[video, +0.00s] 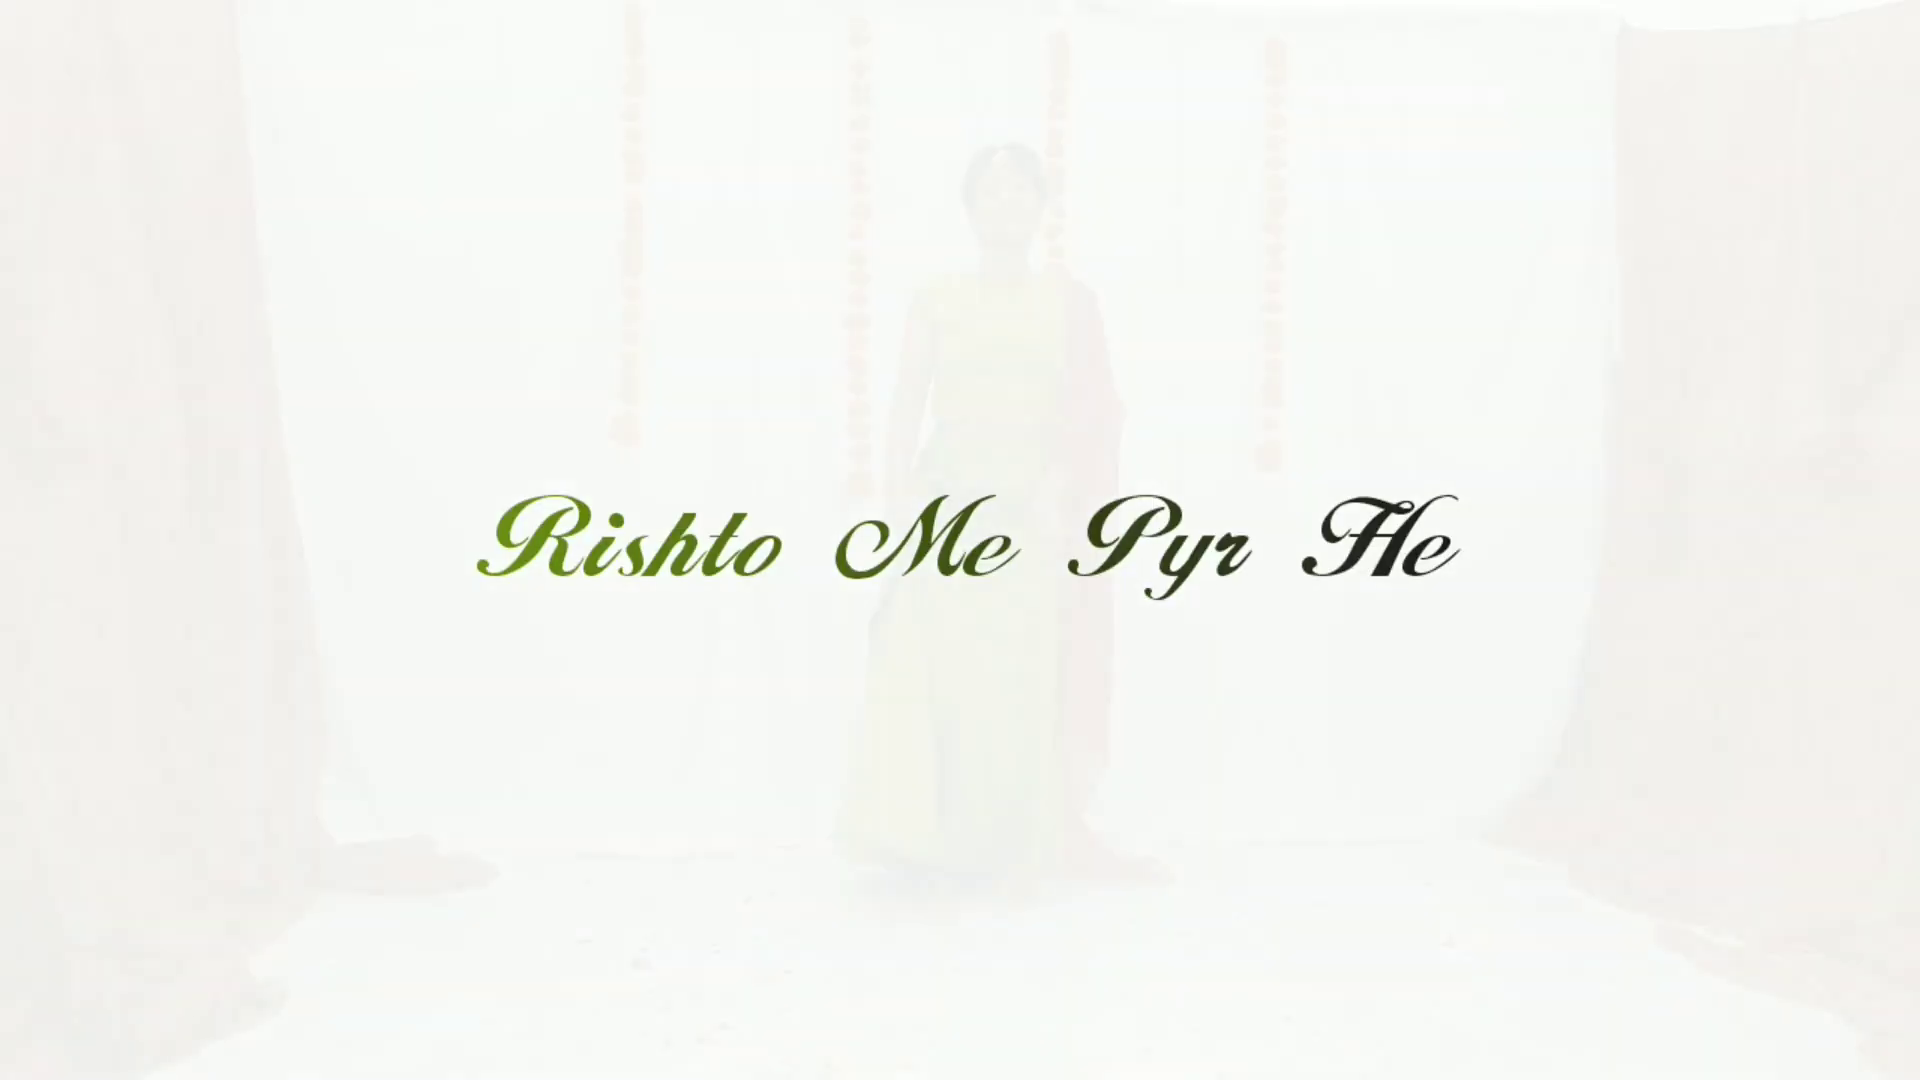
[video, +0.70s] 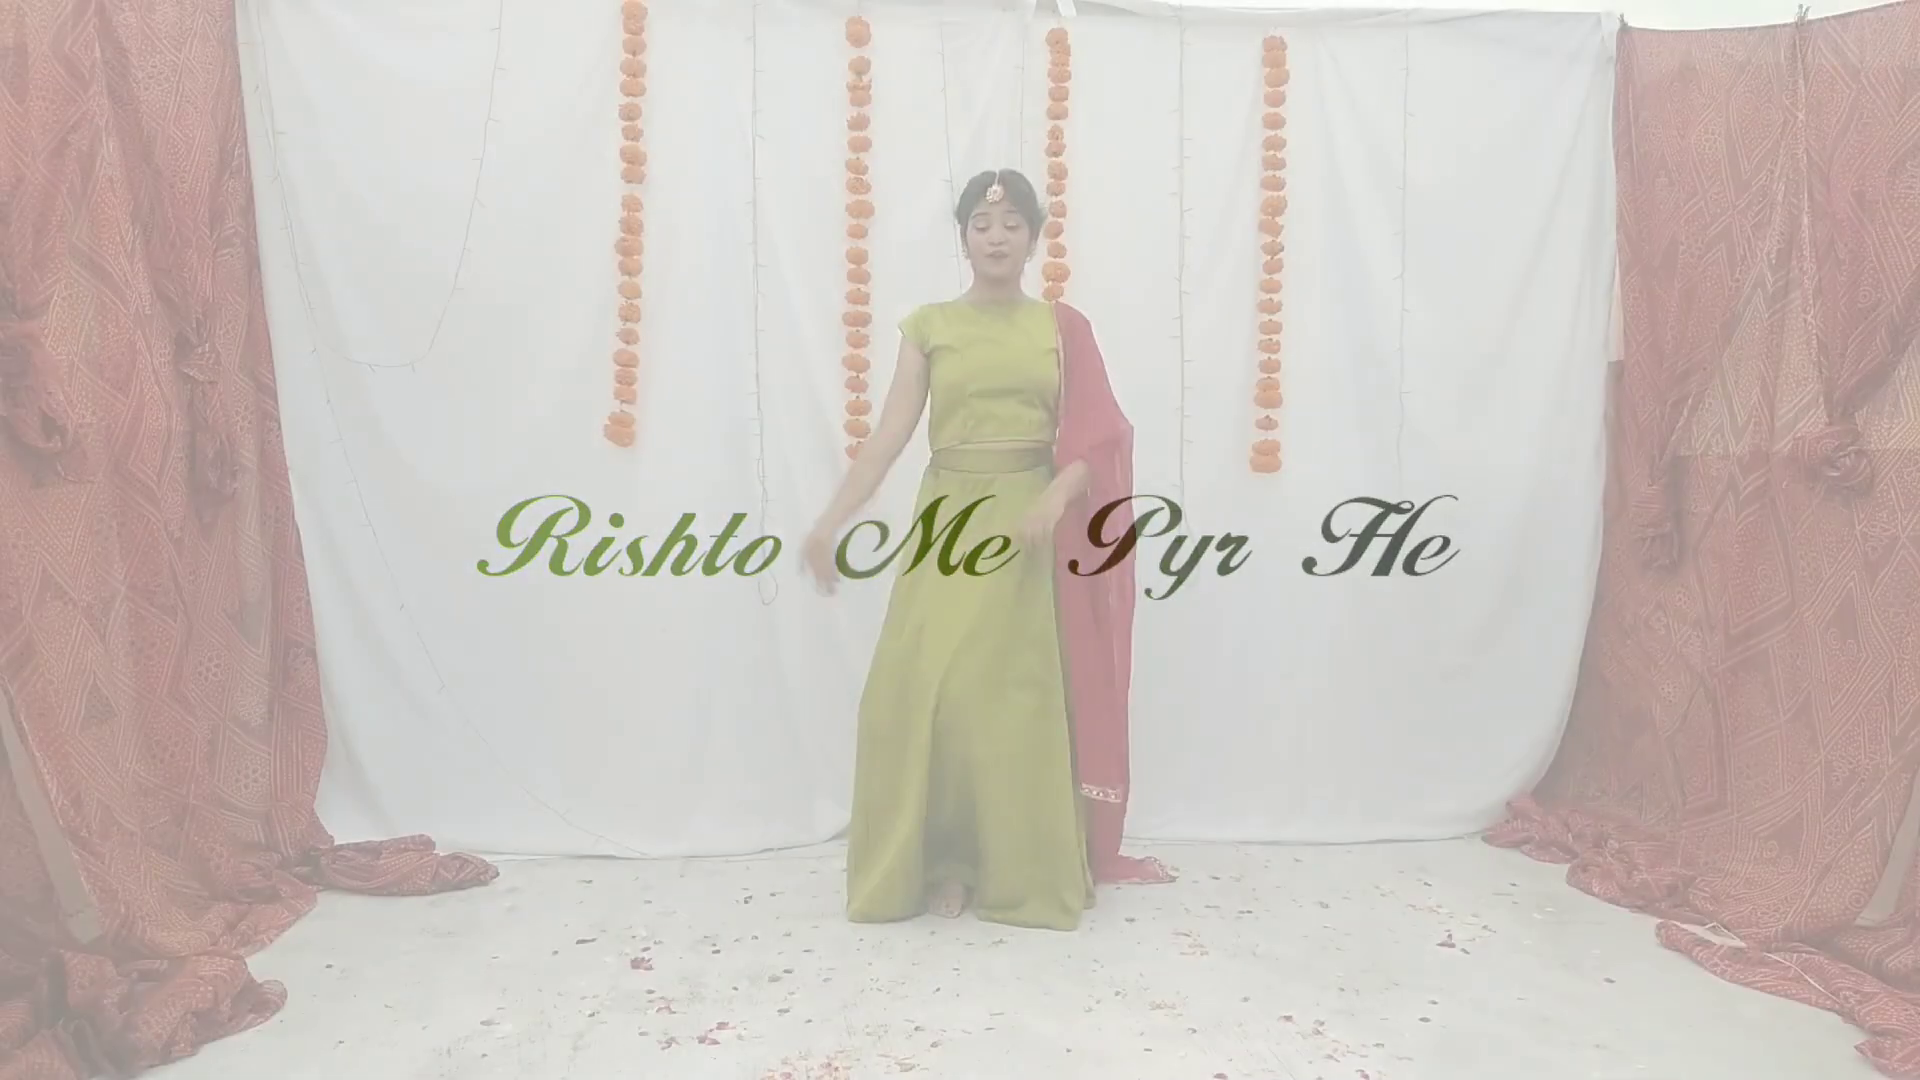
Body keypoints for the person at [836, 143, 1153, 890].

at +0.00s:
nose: (1004, 213)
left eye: (1018, 197)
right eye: (991, 198)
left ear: (1040, 206)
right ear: (970, 206)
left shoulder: (1068, 302)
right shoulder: (940, 299)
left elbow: (1096, 417)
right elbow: (906, 412)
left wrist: (1091, 513)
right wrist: (898, 504)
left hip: (1040, 504)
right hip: (950, 503)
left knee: (1025, 669)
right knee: (946, 667)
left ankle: (1020, 836)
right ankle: (936, 835)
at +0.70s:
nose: (996, 236)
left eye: (1012, 224)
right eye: (983, 223)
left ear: (1034, 237)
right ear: (963, 235)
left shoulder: (1060, 328)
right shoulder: (931, 325)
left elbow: (1102, 431)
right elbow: (888, 434)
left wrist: (1059, 494)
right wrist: (830, 523)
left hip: (1021, 519)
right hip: (944, 518)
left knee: (1003, 686)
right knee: (920, 680)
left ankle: (1009, 865)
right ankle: (939, 864)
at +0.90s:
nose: (997, 197)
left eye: (1012, 186)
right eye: (983, 185)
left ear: (1034, 201)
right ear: (963, 200)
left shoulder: (1058, 290)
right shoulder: (931, 283)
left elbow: (1105, 367)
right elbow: (814, 311)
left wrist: (1007, 380)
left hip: (1034, 486)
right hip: (950, 486)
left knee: (1028, 667)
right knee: (944, 663)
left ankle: (1030, 861)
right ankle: (933, 863)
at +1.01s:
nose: (993, 189)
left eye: (1007, 177)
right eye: (979, 176)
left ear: (1029, 194)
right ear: (958, 192)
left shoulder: (1052, 278)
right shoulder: (928, 272)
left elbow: (1089, 341)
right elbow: (810, 248)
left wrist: (981, 348)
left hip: (1025, 475)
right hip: (941, 473)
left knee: (1019, 660)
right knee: (937, 658)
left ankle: (1021, 858)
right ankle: (929, 861)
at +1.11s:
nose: (989, 193)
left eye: (1004, 182)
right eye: (975, 183)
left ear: (1028, 199)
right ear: (954, 202)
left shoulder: (1050, 280)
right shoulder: (930, 278)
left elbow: (1068, 337)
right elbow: (838, 239)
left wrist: (955, 342)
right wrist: (920, 208)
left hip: (1023, 480)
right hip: (938, 476)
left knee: (1017, 662)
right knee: (936, 662)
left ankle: (1024, 859)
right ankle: (930, 860)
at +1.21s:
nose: (988, 214)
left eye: (1002, 202)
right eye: (974, 202)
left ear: (1025, 215)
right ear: (954, 215)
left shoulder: (1044, 301)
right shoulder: (930, 286)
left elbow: (1039, 370)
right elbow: (879, 303)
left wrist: (941, 352)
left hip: (1019, 503)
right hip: (937, 501)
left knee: (1013, 679)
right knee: (929, 679)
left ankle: (1018, 864)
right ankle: (926, 868)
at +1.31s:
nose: (987, 241)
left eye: (1002, 229)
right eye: (973, 228)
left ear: (1024, 243)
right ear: (952, 240)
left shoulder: (1045, 323)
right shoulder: (922, 313)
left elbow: (1049, 401)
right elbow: (917, 343)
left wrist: (943, 376)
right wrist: (1018, 291)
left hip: (1021, 530)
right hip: (935, 530)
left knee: (1020, 685)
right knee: (922, 679)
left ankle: (1024, 861)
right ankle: (915, 869)